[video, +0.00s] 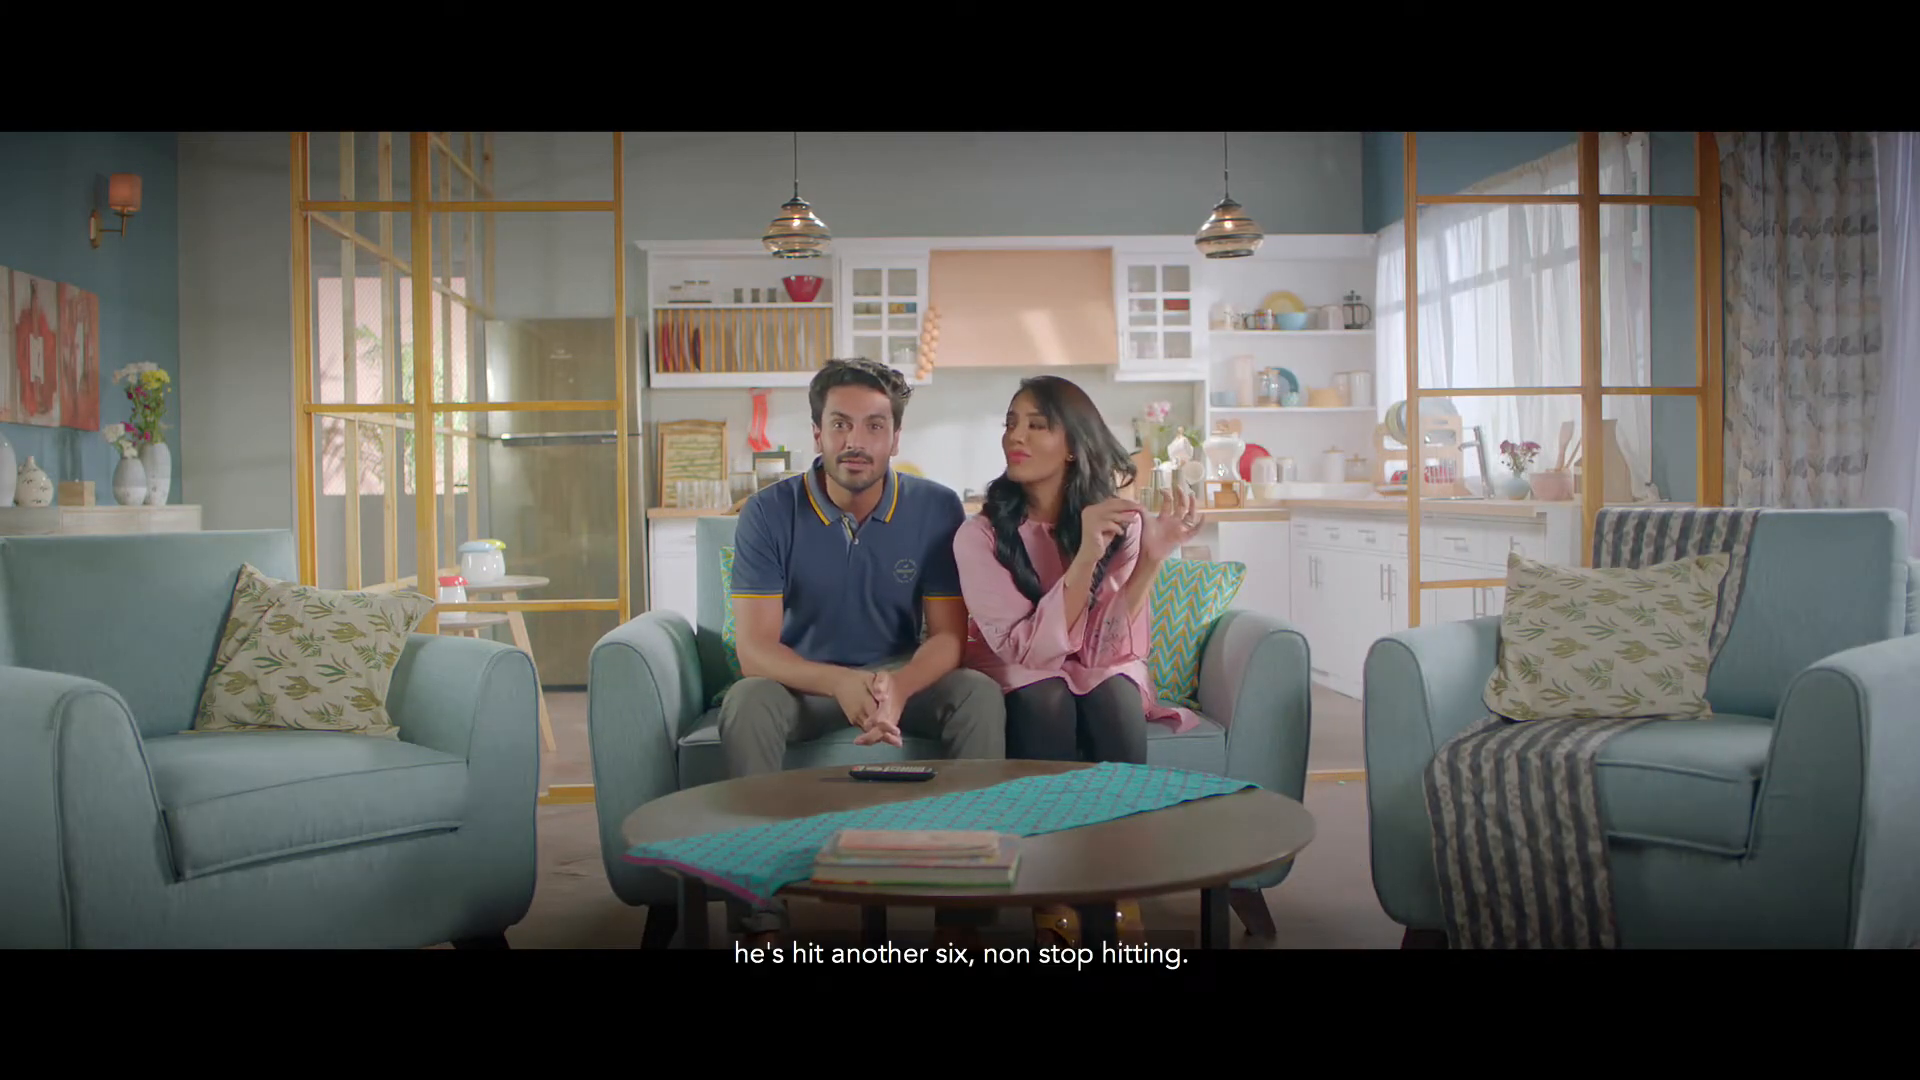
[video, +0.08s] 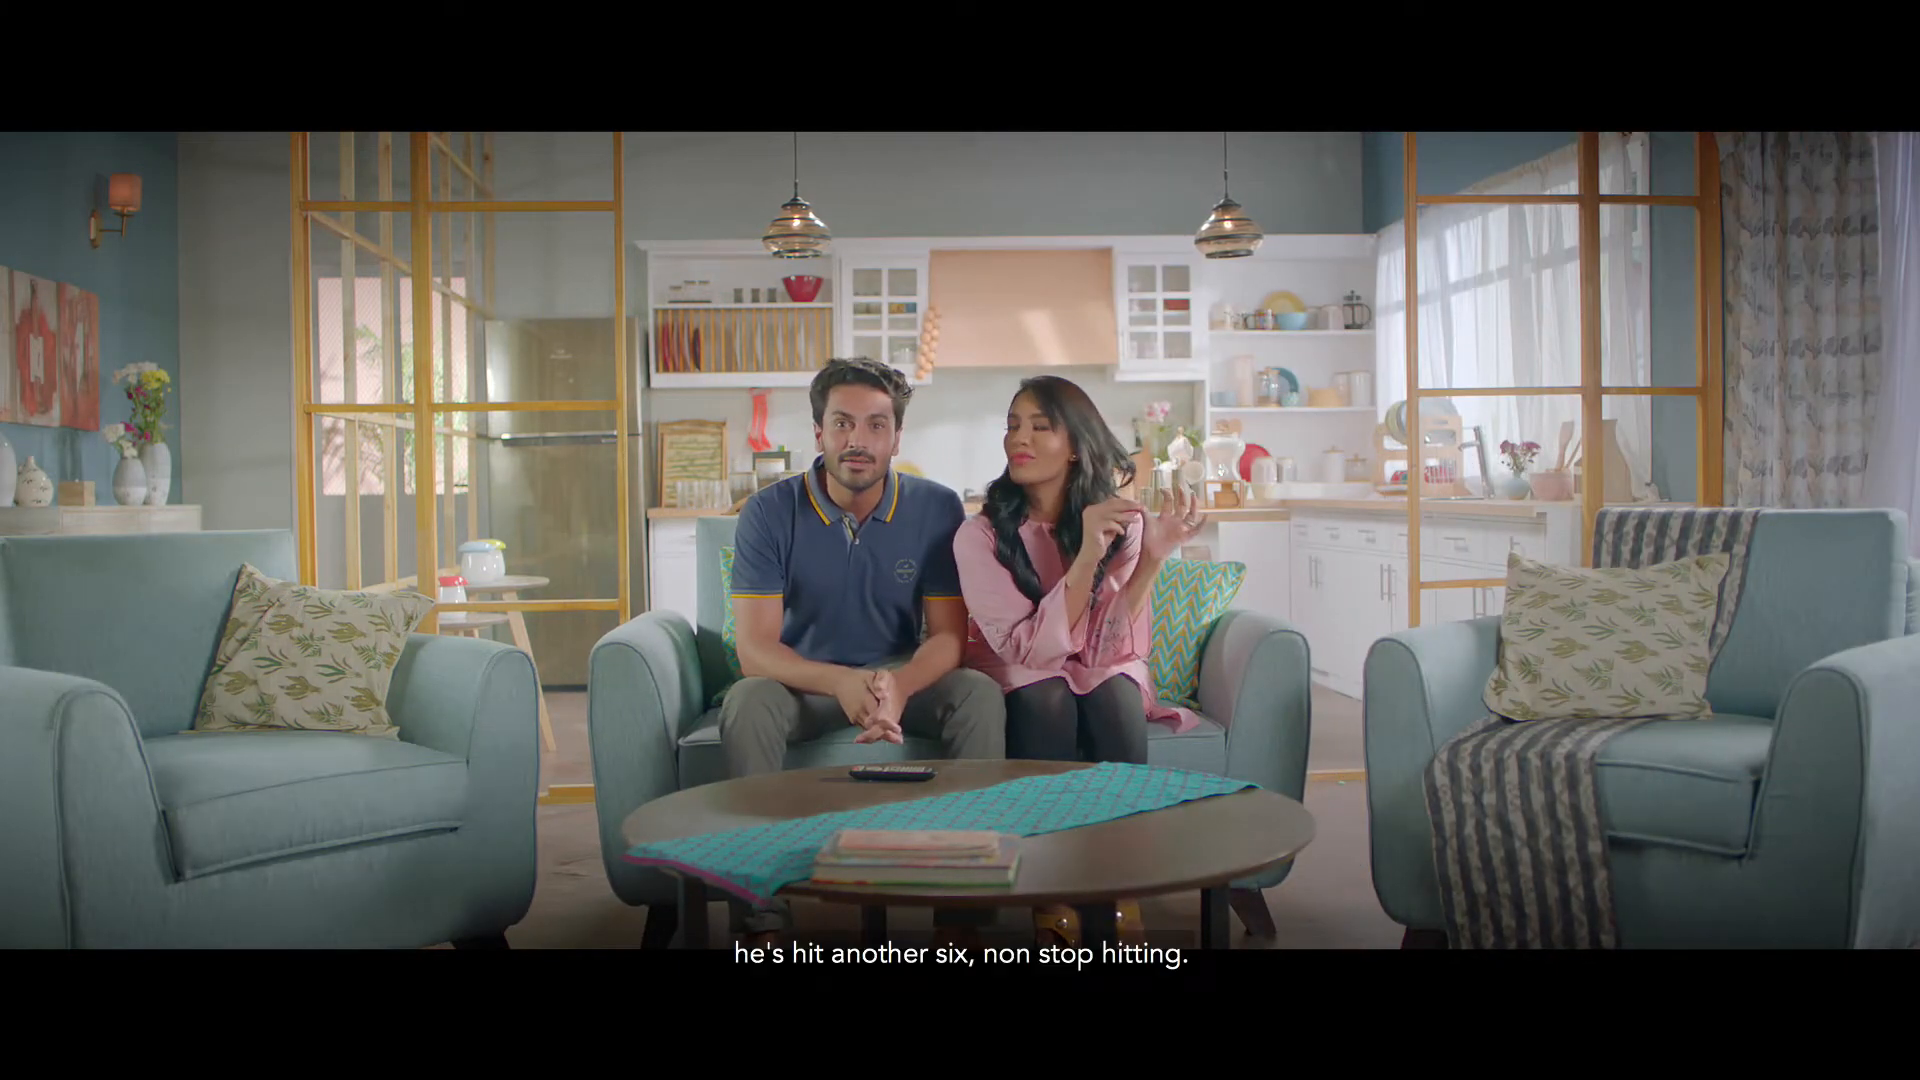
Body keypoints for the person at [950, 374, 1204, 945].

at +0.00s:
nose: (1015, 435)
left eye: (1036, 425)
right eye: (1011, 423)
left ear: (1073, 444)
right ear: (1002, 433)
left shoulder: (1116, 522)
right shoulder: (979, 536)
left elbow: (1102, 650)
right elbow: (1023, 650)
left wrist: (1152, 558)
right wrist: (1084, 561)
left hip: (1103, 675)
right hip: (1031, 678)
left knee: (1115, 700)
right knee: (1046, 701)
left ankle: (1120, 890)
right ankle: (1054, 892)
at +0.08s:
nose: (1018, 437)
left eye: (1039, 426)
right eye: (1012, 425)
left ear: (1076, 444)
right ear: (1004, 437)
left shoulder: (1117, 522)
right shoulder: (979, 536)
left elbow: (1104, 650)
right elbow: (1025, 650)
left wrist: (1152, 559)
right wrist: (1085, 561)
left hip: (1104, 676)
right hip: (1032, 678)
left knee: (1115, 700)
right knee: (1047, 702)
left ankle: (1122, 888)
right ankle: (1053, 892)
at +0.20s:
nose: (1038, 443)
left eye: (1057, 429)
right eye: (1024, 428)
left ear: (1086, 446)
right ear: (1010, 443)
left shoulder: (1119, 521)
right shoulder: (977, 536)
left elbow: (1103, 651)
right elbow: (1025, 650)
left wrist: (1152, 559)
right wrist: (1085, 559)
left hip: (1103, 677)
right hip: (1030, 680)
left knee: (1114, 696)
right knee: (1048, 700)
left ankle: (1123, 892)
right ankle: (1053, 893)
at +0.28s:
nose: (1045, 445)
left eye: (1063, 431)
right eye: (1030, 431)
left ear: (1090, 448)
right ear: (1013, 445)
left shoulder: (1120, 521)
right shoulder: (977, 536)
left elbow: (1104, 647)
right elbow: (1022, 648)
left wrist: (1154, 554)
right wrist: (1082, 557)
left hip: (1105, 673)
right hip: (1028, 677)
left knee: (1114, 696)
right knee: (1048, 701)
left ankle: (1122, 892)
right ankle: (1054, 894)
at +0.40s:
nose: (1049, 448)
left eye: (1065, 433)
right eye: (1033, 435)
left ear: (1090, 449)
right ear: (1015, 451)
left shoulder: (1119, 524)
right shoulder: (979, 535)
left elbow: (1109, 649)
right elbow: (1022, 652)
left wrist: (1125, 545)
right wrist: (1065, 546)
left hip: (1104, 673)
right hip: (1030, 677)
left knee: (1113, 694)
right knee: (1049, 699)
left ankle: (1121, 893)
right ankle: (1053, 895)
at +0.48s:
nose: (1055, 450)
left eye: (1069, 435)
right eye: (1037, 437)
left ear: (1092, 449)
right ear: (1016, 453)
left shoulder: (1125, 525)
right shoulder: (980, 536)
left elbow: (1104, 650)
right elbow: (1022, 657)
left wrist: (1086, 549)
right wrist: (1033, 548)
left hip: (1105, 680)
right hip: (1029, 684)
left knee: (1110, 693)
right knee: (1047, 697)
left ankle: (1121, 890)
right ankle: (1054, 894)